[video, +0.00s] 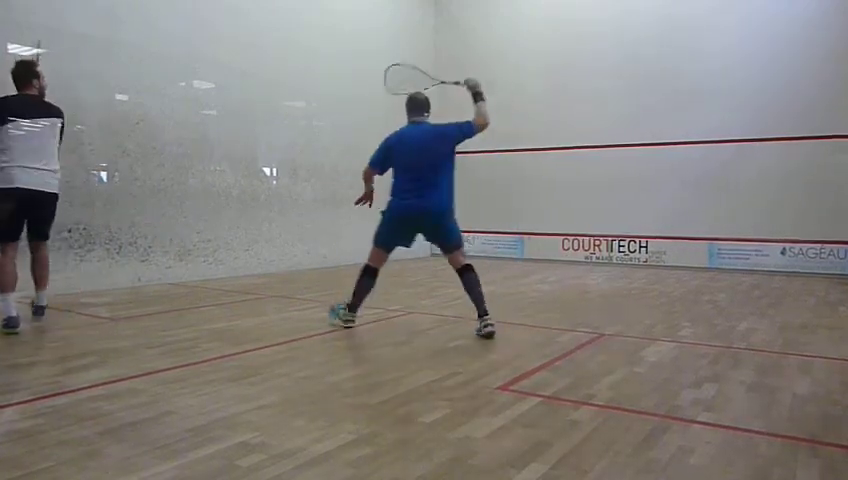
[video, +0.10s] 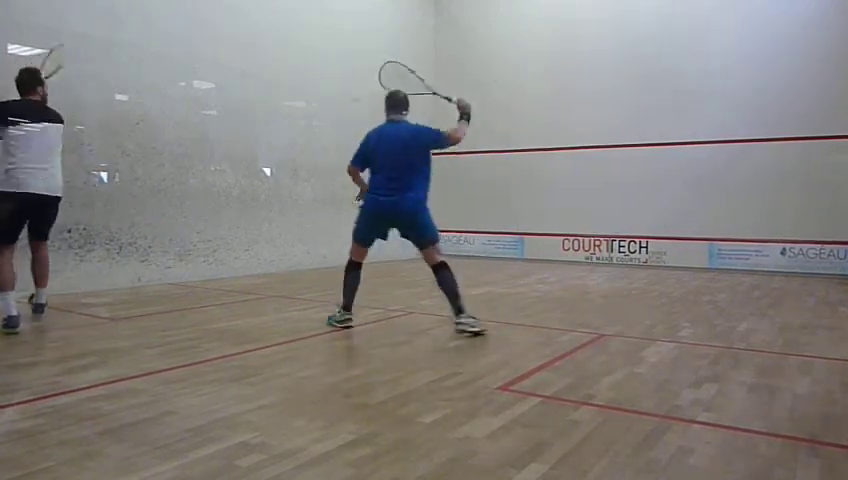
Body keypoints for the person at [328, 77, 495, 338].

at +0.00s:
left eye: (413, 107)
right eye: (424, 108)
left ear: (406, 112)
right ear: (428, 111)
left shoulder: (395, 140)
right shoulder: (445, 133)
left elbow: (368, 172)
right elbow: (482, 122)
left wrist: (368, 191)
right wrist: (477, 94)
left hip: (400, 212)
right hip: (438, 212)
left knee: (375, 260)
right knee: (459, 260)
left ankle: (350, 311)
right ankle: (484, 317)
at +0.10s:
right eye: (404, 108)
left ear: (385, 110)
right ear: (407, 110)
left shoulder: (374, 136)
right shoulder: (419, 134)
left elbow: (353, 169)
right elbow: (455, 137)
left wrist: (363, 187)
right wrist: (465, 116)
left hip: (375, 208)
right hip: (411, 208)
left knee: (356, 256)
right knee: (435, 259)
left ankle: (345, 312)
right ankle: (461, 315)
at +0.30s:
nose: (369, 105)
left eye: (359, 100)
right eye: (374, 101)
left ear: (354, 101)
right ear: (376, 101)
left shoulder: (342, 126)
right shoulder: (386, 124)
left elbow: (320, 158)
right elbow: (408, 152)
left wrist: (336, 179)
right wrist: (441, 163)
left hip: (346, 197)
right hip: (377, 197)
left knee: (341, 252)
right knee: (385, 255)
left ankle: (329, 307)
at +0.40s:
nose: (357, 110)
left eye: (347, 105)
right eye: (364, 105)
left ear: (345, 106)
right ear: (367, 106)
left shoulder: (332, 131)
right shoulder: (375, 131)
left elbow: (304, 159)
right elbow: (392, 159)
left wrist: (318, 184)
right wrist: (428, 180)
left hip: (332, 200)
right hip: (361, 201)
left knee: (335, 252)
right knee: (367, 259)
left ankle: (322, 310)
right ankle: (330, 307)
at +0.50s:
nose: (362, 109)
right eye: (364, 106)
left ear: (343, 103)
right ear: (363, 106)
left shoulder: (326, 129)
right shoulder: (369, 131)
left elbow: (298, 157)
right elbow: (384, 163)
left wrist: (309, 185)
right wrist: (416, 189)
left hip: (321, 198)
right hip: (349, 200)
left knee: (330, 251)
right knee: (354, 258)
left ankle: (321, 312)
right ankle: (316, 307)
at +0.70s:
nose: (363, 119)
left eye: (362, 115)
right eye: (364, 115)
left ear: (344, 112)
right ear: (362, 114)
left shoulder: (327, 130)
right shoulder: (360, 134)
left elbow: (304, 160)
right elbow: (369, 170)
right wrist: (383, 207)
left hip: (298, 191)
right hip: (328, 195)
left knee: (304, 251)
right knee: (345, 256)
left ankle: (278, 307)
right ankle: (344, 323)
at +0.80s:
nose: (356, 131)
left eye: (355, 127)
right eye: (357, 127)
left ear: (335, 124)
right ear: (354, 126)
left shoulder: (318, 143)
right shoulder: (352, 147)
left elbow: (305, 175)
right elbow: (358, 183)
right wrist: (369, 221)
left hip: (287, 205)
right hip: (319, 209)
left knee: (288, 258)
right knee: (350, 264)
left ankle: (251, 301)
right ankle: (342, 329)